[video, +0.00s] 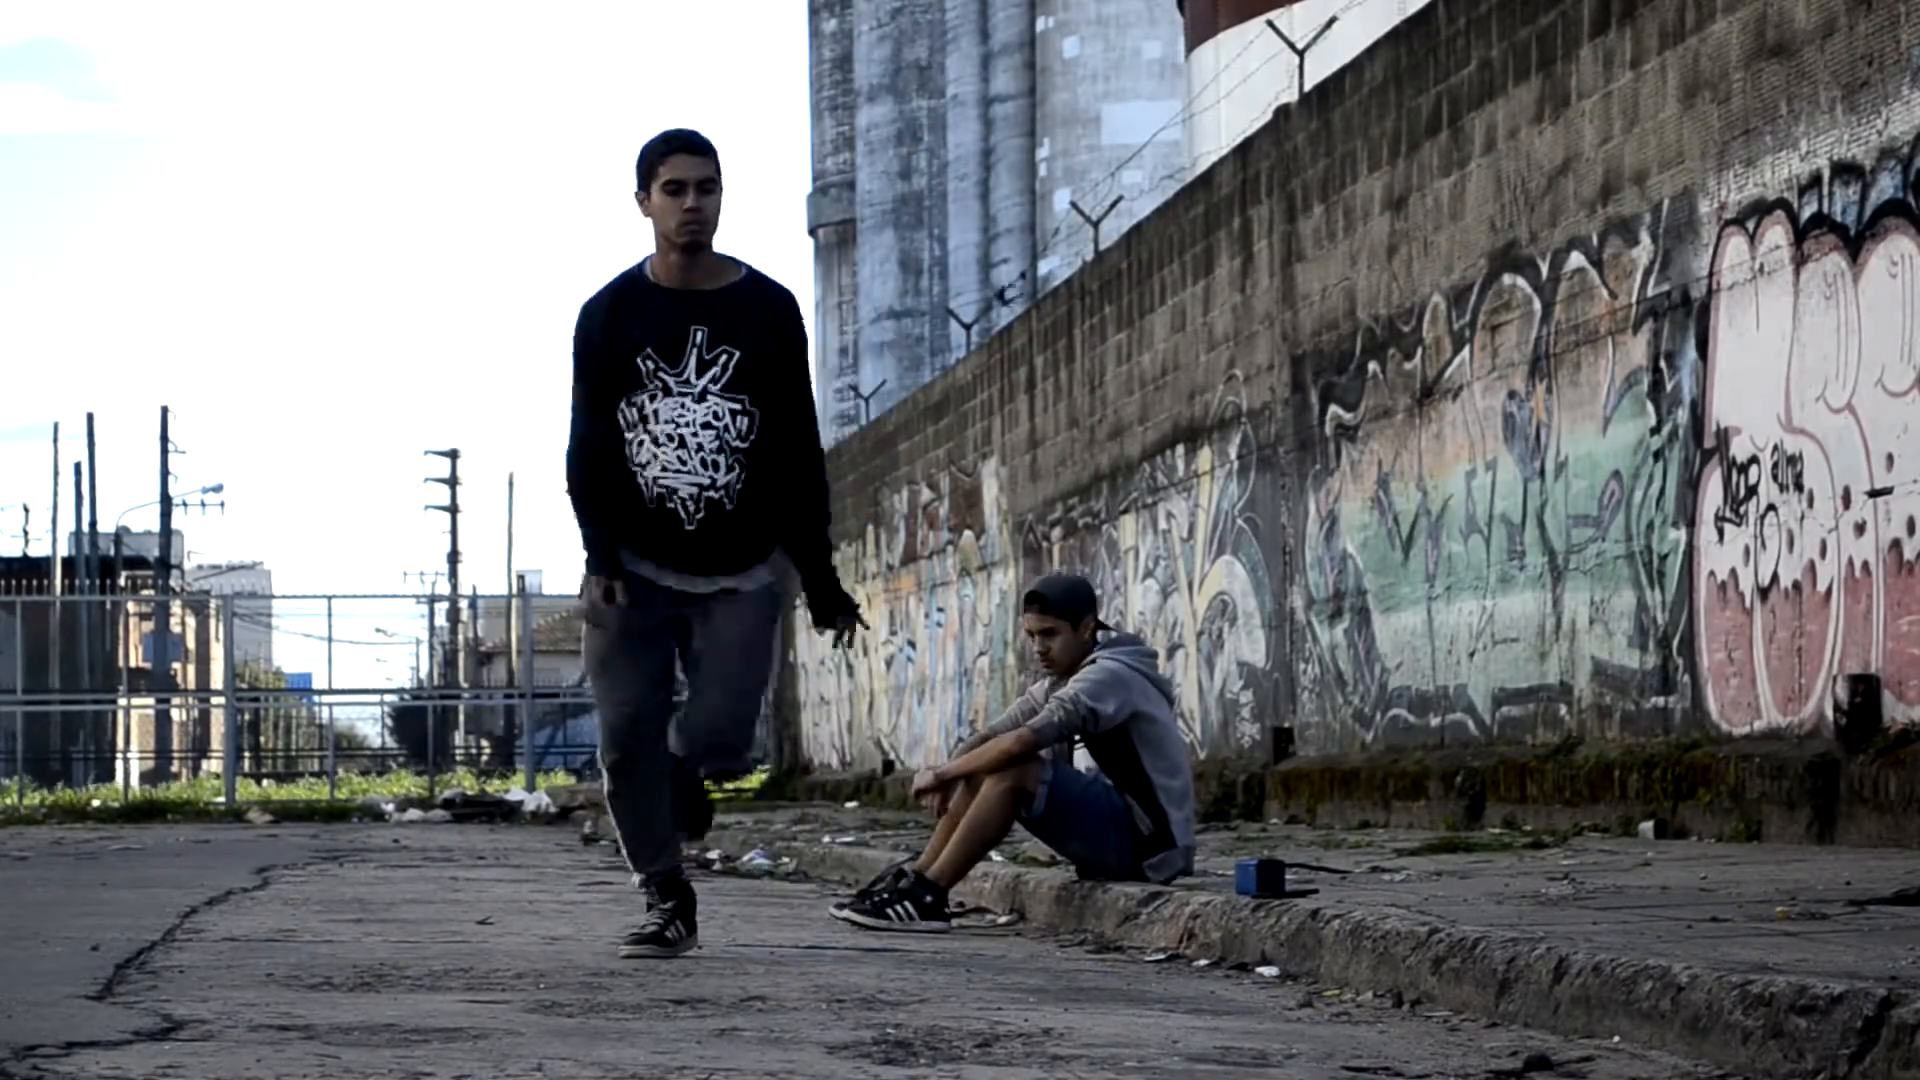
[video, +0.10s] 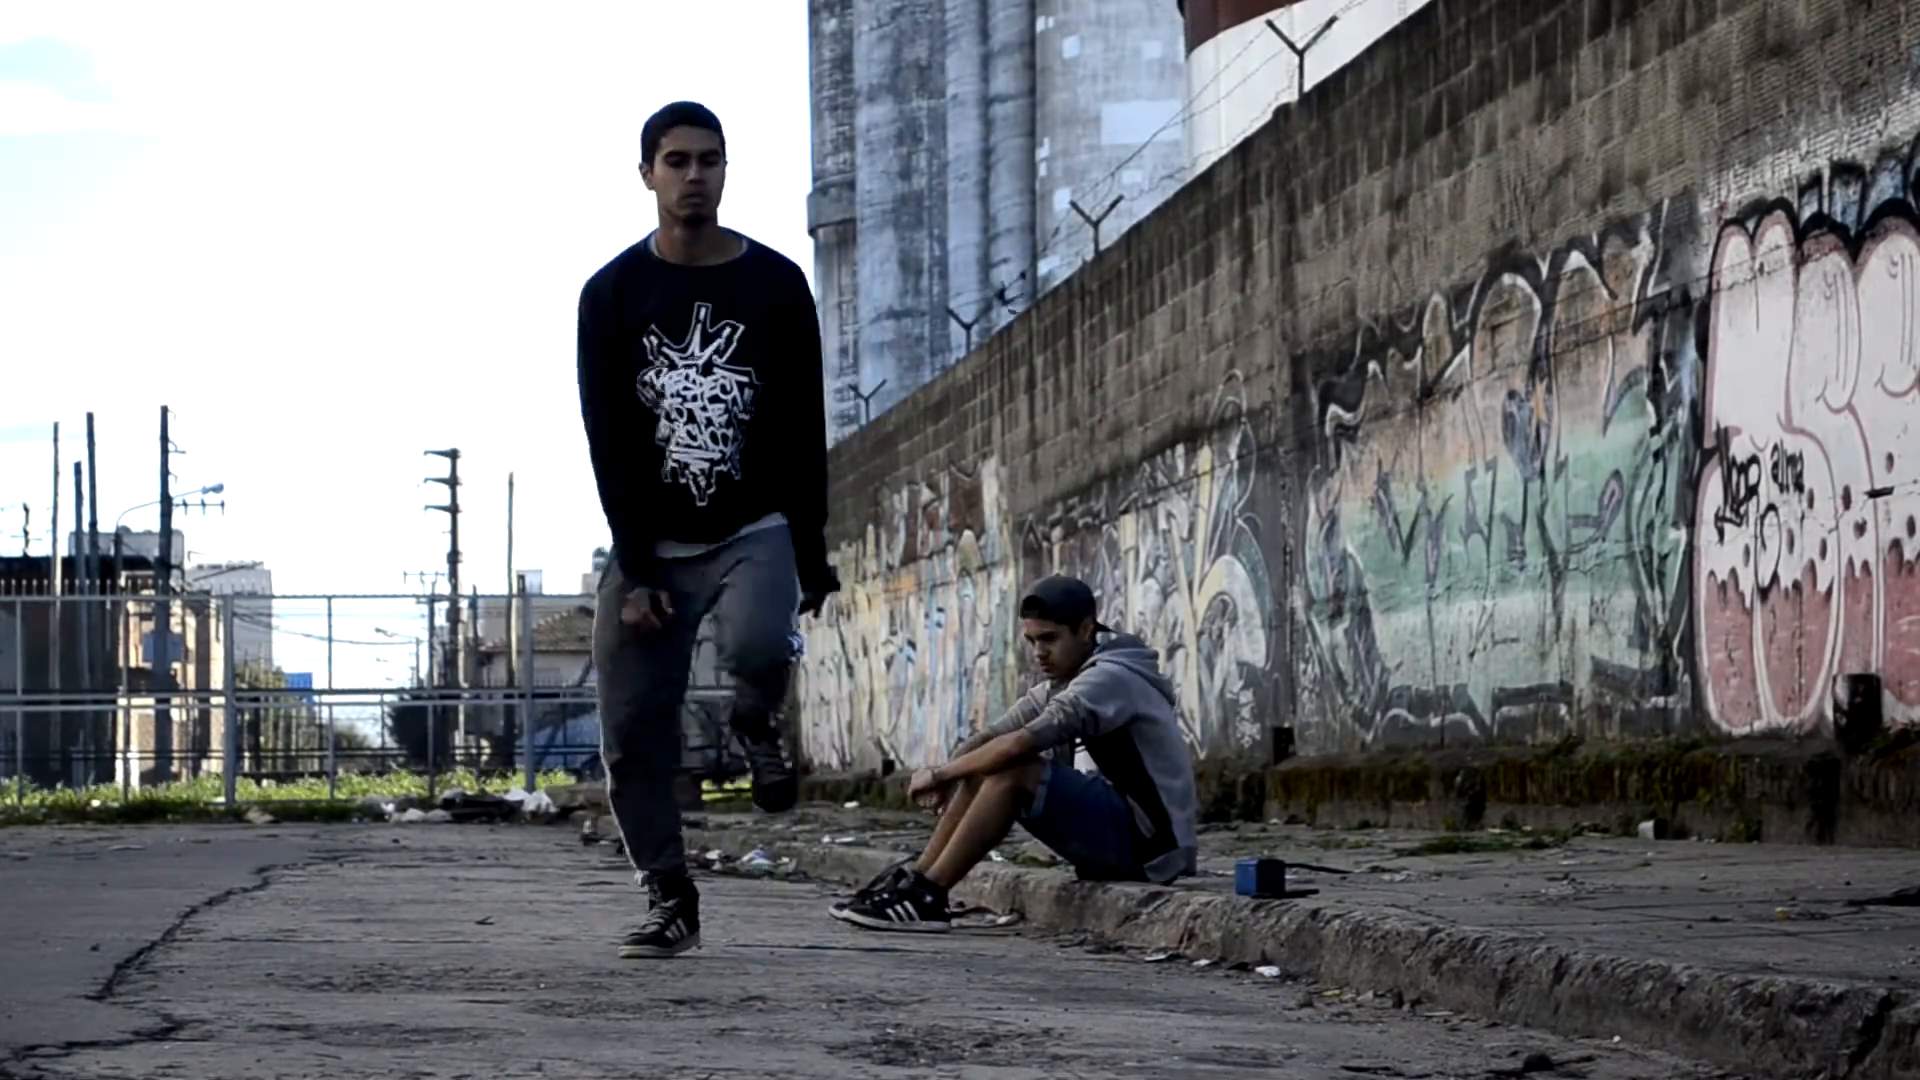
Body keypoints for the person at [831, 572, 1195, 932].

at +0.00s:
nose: (1039, 648)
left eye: (1049, 635)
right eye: (1031, 636)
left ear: (1088, 628)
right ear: (1027, 634)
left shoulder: (1110, 673)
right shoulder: (1068, 676)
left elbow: (1024, 743)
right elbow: (1002, 731)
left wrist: (943, 773)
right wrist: (945, 773)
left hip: (1148, 846)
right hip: (1118, 836)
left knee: (1015, 771)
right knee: (986, 763)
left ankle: (932, 894)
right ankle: (914, 883)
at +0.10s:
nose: (1039, 654)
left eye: (1049, 640)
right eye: (1031, 641)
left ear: (1087, 631)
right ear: (1026, 637)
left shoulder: (1110, 675)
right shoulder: (1067, 680)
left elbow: (1022, 746)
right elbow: (998, 733)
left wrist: (942, 773)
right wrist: (944, 773)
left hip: (1149, 845)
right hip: (1118, 836)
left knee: (1015, 770)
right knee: (985, 763)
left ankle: (932, 895)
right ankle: (913, 883)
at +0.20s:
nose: (1040, 652)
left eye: (1051, 639)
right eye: (1033, 640)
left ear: (1088, 630)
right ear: (1027, 635)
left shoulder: (1111, 675)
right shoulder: (1071, 678)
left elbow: (1019, 745)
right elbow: (1000, 732)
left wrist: (941, 773)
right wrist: (943, 772)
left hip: (1150, 844)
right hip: (1119, 835)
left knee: (1014, 772)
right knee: (983, 765)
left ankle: (931, 896)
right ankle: (915, 882)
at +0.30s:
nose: (1040, 646)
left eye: (1051, 632)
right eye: (1034, 634)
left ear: (1089, 626)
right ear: (1030, 630)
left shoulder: (1109, 671)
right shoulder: (1078, 673)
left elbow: (1023, 741)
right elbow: (1010, 729)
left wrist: (942, 772)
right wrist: (952, 771)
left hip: (1149, 843)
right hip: (1122, 833)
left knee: (1012, 772)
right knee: (985, 765)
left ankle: (932, 895)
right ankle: (917, 882)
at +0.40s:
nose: (1038, 639)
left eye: (1051, 625)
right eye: (1032, 627)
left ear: (1087, 623)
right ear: (1027, 626)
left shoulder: (1107, 667)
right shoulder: (1078, 670)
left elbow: (1020, 740)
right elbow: (1011, 732)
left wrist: (941, 772)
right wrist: (947, 772)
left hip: (1149, 845)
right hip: (1122, 835)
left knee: (1011, 772)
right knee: (986, 765)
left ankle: (934, 893)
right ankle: (919, 879)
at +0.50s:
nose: (1035, 634)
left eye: (1047, 621)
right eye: (1030, 624)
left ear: (1085, 621)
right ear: (1026, 624)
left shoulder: (1103, 666)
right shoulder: (1081, 668)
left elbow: (1018, 741)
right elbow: (1012, 736)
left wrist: (940, 772)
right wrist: (948, 773)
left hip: (1149, 844)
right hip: (1123, 835)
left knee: (1011, 772)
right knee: (987, 766)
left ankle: (934, 893)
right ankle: (917, 879)